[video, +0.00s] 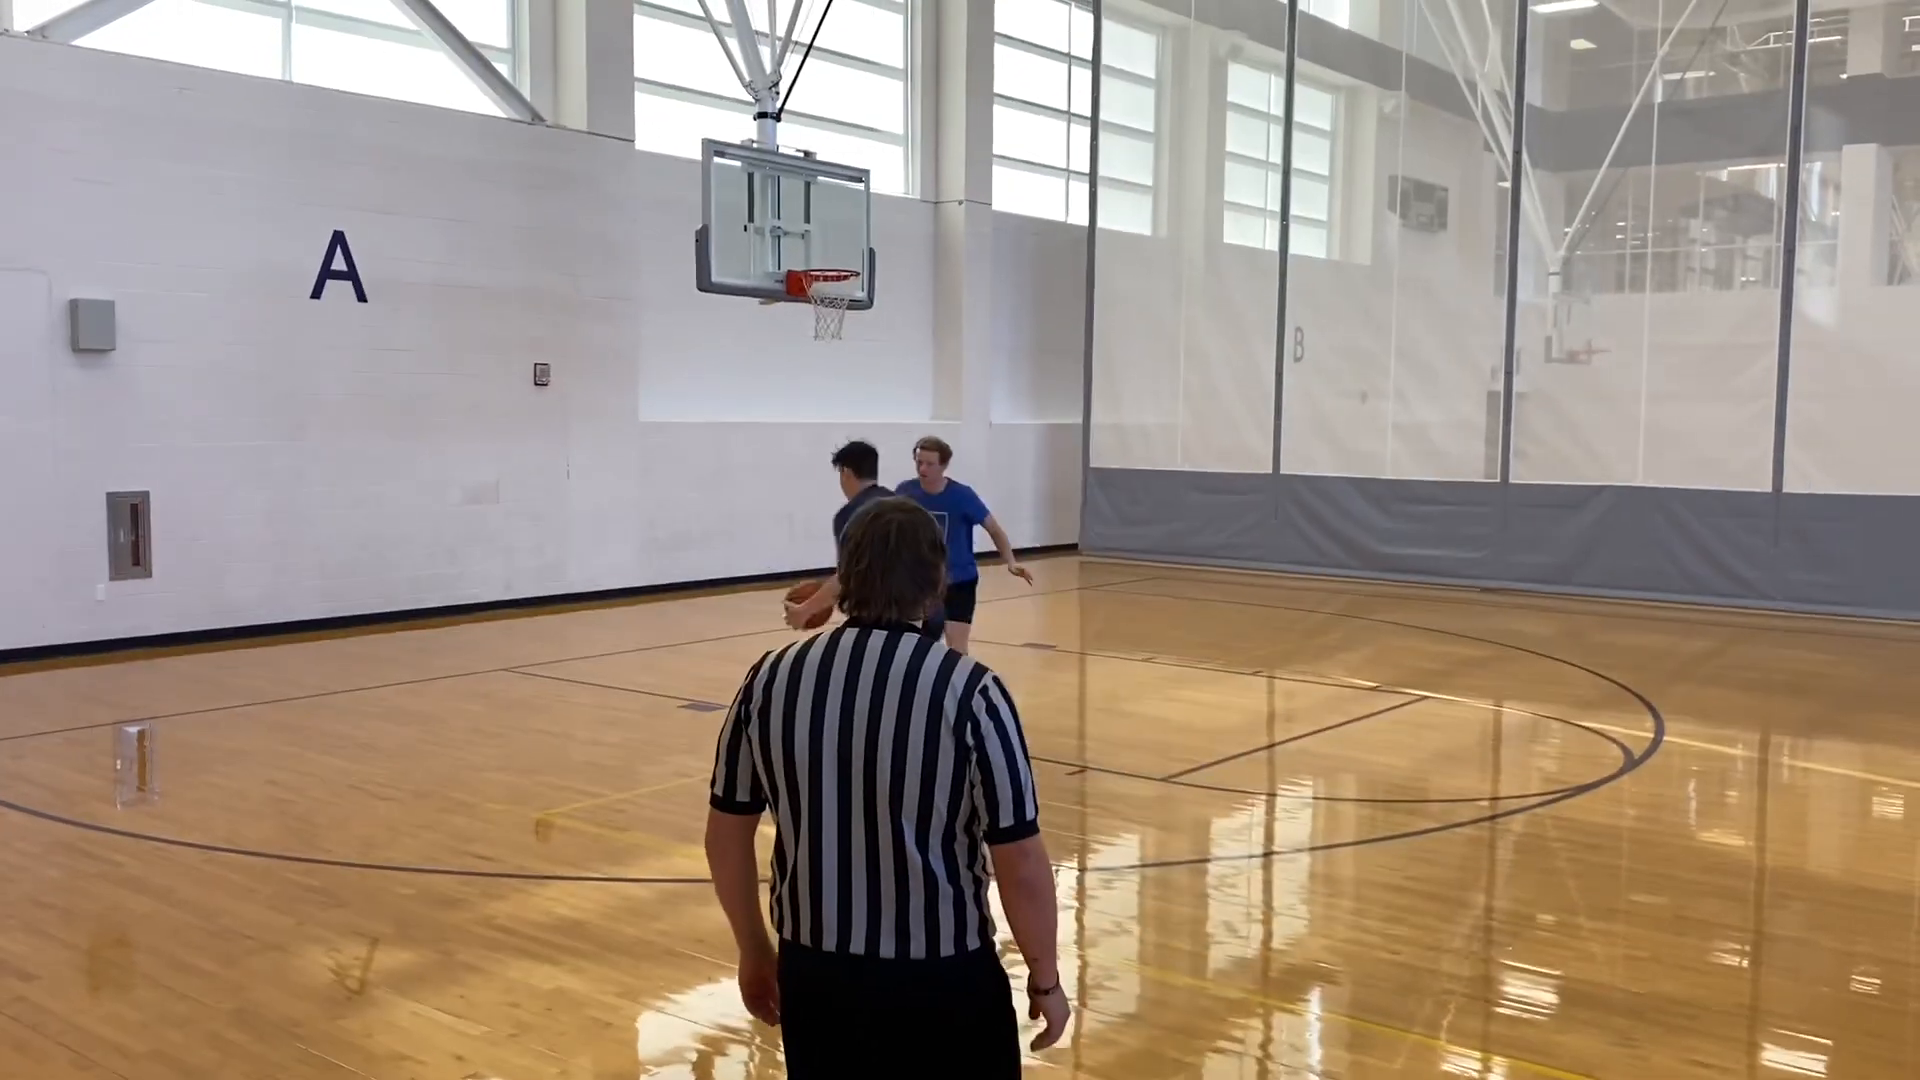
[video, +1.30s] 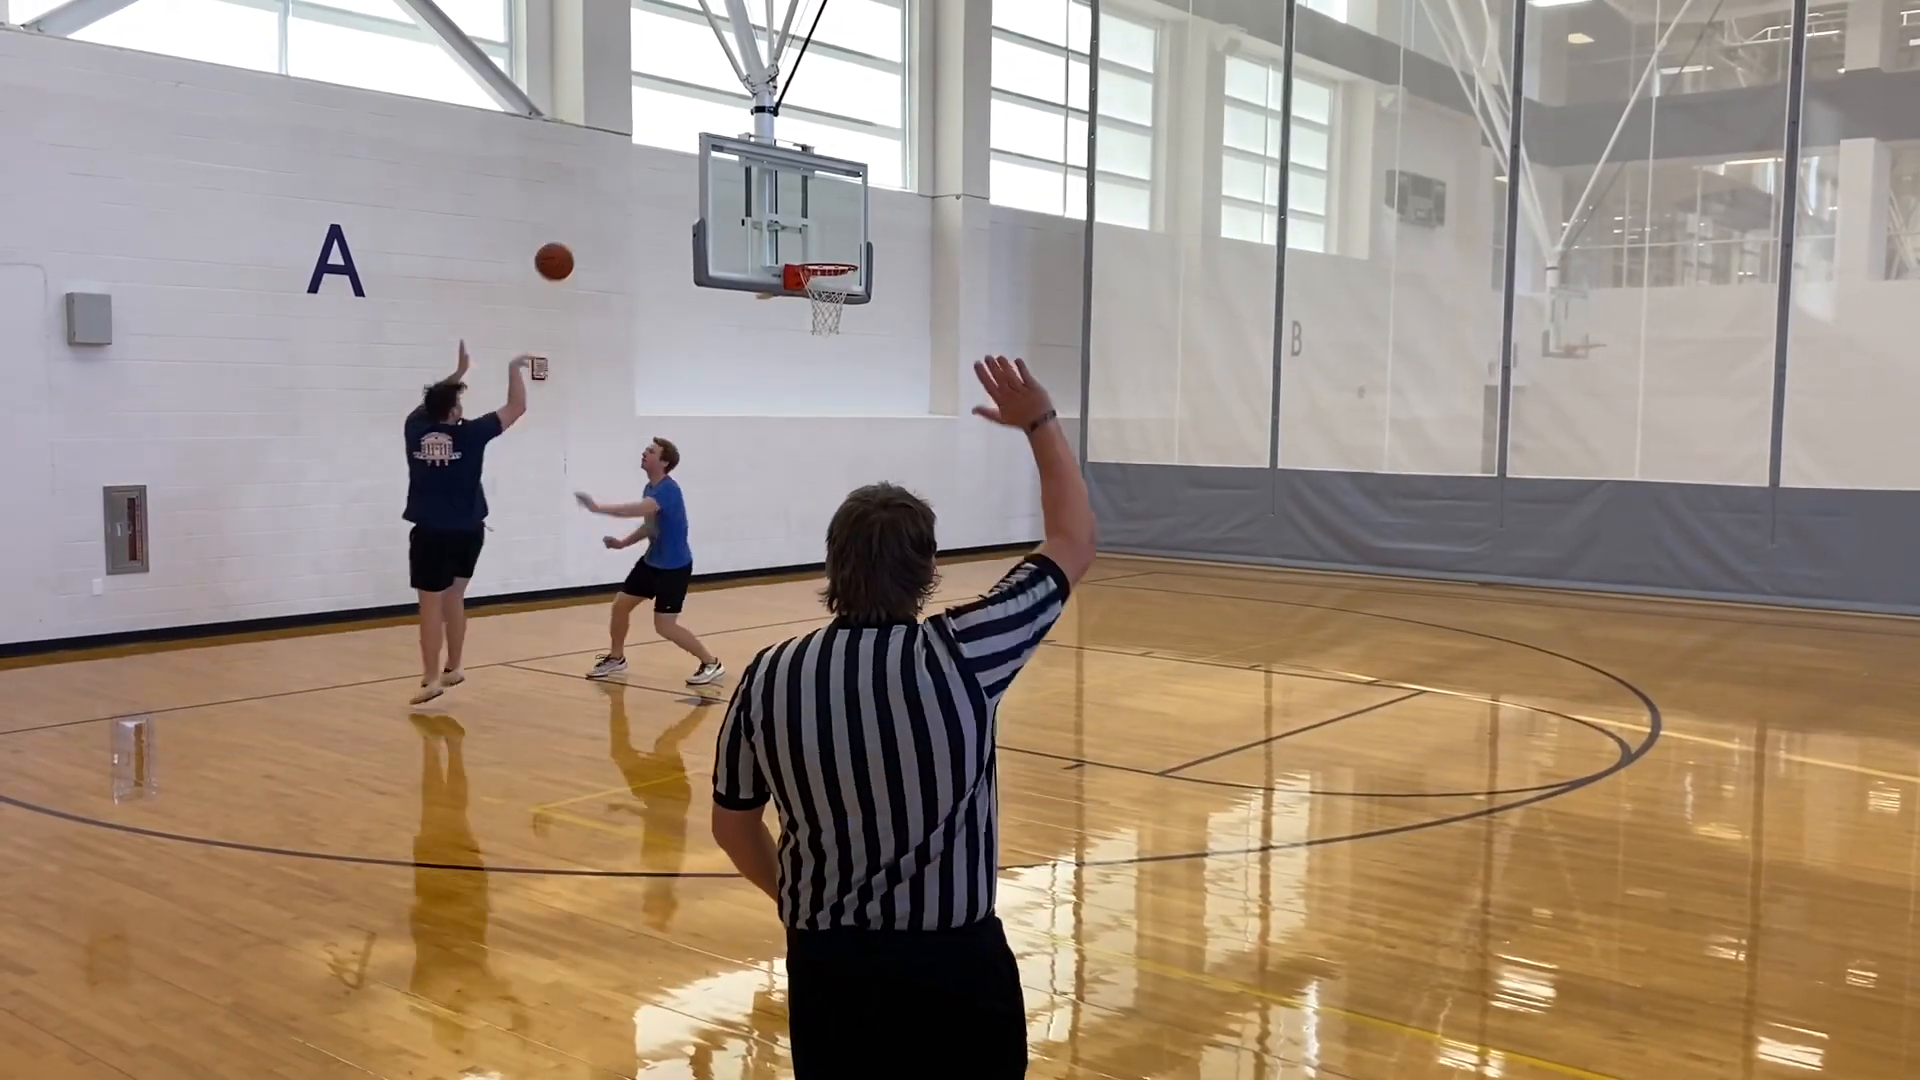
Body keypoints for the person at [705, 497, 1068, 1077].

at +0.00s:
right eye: (945, 576)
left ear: (846, 578)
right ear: (937, 585)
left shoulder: (772, 676)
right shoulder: (971, 690)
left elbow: (726, 832)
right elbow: (1020, 861)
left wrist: (752, 947)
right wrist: (1045, 975)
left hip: (817, 984)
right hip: (949, 988)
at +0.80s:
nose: (940, 569)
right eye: (936, 558)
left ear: (842, 565)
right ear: (931, 569)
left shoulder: (766, 672)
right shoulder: (971, 680)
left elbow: (721, 831)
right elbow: (1025, 853)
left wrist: (758, 936)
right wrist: (1014, 924)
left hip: (814, 974)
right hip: (948, 975)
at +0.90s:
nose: (937, 574)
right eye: (934, 561)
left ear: (839, 568)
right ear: (927, 574)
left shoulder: (762, 677)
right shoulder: (967, 681)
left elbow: (719, 835)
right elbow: (1038, 851)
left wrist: (761, 932)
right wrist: (1004, 875)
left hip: (814, 978)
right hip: (947, 977)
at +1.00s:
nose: (930, 571)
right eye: (928, 560)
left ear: (832, 569)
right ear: (923, 574)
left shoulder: (760, 679)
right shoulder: (963, 677)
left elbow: (721, 833)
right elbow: (1070, 807)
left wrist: (767, 924)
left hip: (817, 980)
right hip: (949, 978)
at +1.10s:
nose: (931, 571)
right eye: (928, 559)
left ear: (832, 569)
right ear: (922, 572)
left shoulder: (762, 678)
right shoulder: (964, 671)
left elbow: (725, 832)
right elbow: (1101, 712)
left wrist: (775, 912)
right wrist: (1044, 632)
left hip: (820, 975)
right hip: (950, 972)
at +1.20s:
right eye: (925, 557)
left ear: (830, 565)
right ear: (923, 570)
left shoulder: (766, 676)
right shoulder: (962, 661)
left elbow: (728, 827)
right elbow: (1094, 605)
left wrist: (790, 904)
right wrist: (1044, 509)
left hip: (822, 970)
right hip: (952, 965)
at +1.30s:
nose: (927, 566)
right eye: (926, 555)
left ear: (834, 570)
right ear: (925, 570)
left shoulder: (767, 678)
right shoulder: (960, 653)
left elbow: (733, 825)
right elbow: (1073, 545)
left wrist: (791, 894)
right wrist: (1042, 424)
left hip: (827, 971)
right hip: (958, 969)